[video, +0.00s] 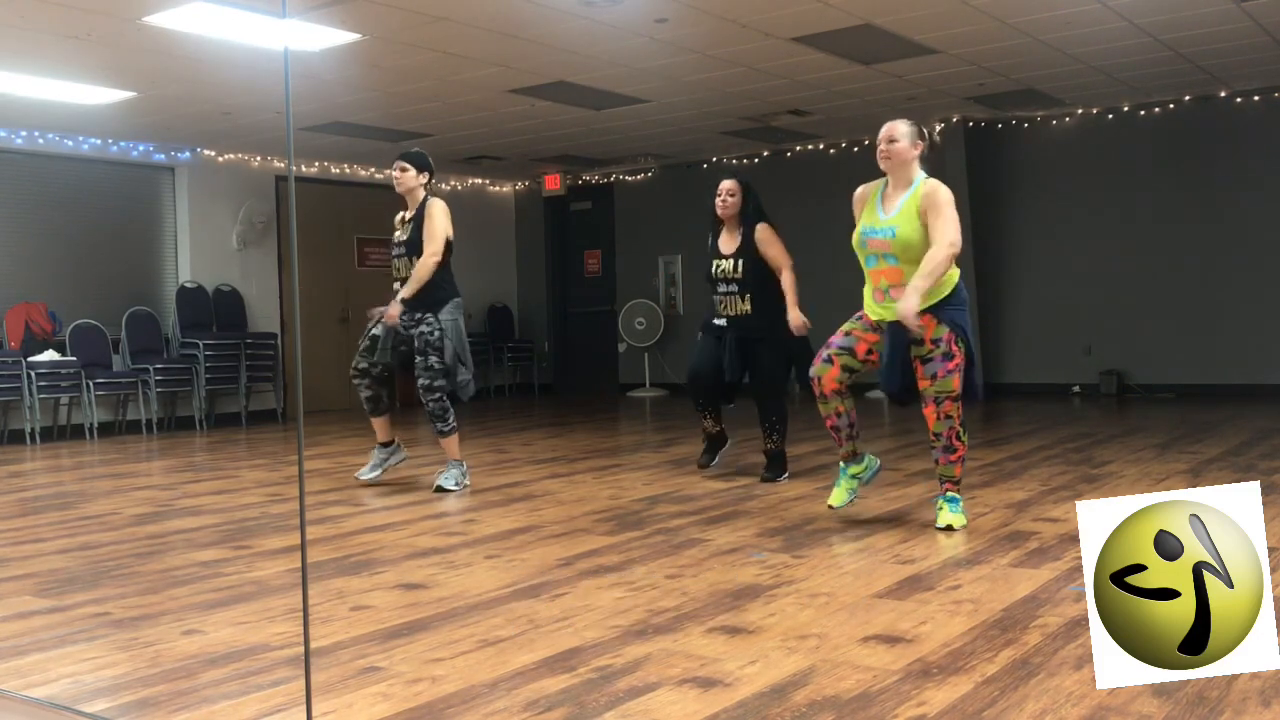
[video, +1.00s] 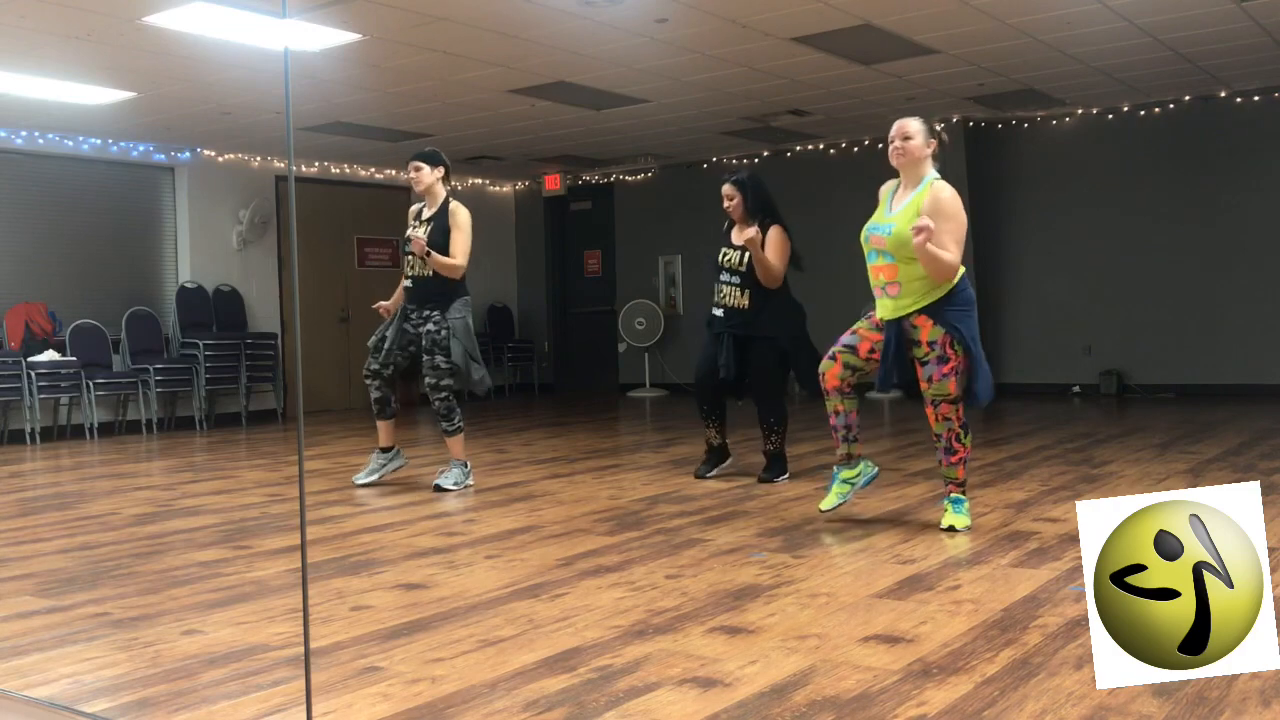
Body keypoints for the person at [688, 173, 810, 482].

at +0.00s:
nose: (722, 199)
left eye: (730, 194)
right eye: (719, 194)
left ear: (744, 201)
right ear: (714, 200)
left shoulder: (759, 231)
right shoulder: (715, 236)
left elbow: (786, 268)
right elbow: (728, 280)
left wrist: (793, 308)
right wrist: (722, 317)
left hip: (763, 329)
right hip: (724, 329)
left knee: (768, 391)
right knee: (700, 377)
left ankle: (775, 458)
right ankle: (715, 436)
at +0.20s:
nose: (723, 195)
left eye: (730, 190)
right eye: (719, 190)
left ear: (744, 197)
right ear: (714, 196)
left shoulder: (761, 231)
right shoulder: (707, 235)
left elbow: (789, 269)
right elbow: (696, 275)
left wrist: (792, 313)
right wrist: (668, 289)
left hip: (759, 329)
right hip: (717, 331)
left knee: (763, 390)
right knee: (716, 390)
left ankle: (775, 460)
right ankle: (723, 457)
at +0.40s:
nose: (718, 199)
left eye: (725, 195)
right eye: (714, 194)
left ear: (738, 201)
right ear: (709, 200)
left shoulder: (757, 234)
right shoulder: (695, 235)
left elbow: (792, 260)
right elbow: (662, 256)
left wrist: (781, 297)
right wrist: (637, 282)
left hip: (753, 328)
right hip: (711, 330)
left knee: (744, 378)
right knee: (716, 390)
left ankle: (769, 444)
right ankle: (723, 457)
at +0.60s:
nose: (719, 199)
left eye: (726, 194)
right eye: (716, 194)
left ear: (742, 198)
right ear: (713, 199)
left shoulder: (762, 235)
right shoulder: (702, 230)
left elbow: (785, 273)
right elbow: (683, 266)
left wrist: (765, 281)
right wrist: (667, 300)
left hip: (754, 330)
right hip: (713, 329)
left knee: (756, 391)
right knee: (718, 392)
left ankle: (773, 458)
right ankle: (723, 458)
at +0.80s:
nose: (723, 201)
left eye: (729, 195)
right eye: (721, 196)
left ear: (747, 196)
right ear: (721, 200)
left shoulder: (768, 230)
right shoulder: (723, 229)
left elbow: (776, 277)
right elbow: (725, 275)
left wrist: (752, 253)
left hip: (761, 327)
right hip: (721, 326)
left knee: (764, 389)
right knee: (710, 386)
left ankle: (775, 459)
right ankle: (720, 452)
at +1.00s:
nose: (726, 205)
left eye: (731, 198)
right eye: (723, 199)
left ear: (750, 198)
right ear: (725, 201)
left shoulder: (773, 232)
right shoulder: (731, 232)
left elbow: (773, 280)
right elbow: (734, 278)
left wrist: (755, 249)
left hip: (766, 329)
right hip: (729, 328)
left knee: (768, 391)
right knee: (706, 381)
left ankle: (776, 459)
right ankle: (717, 449)